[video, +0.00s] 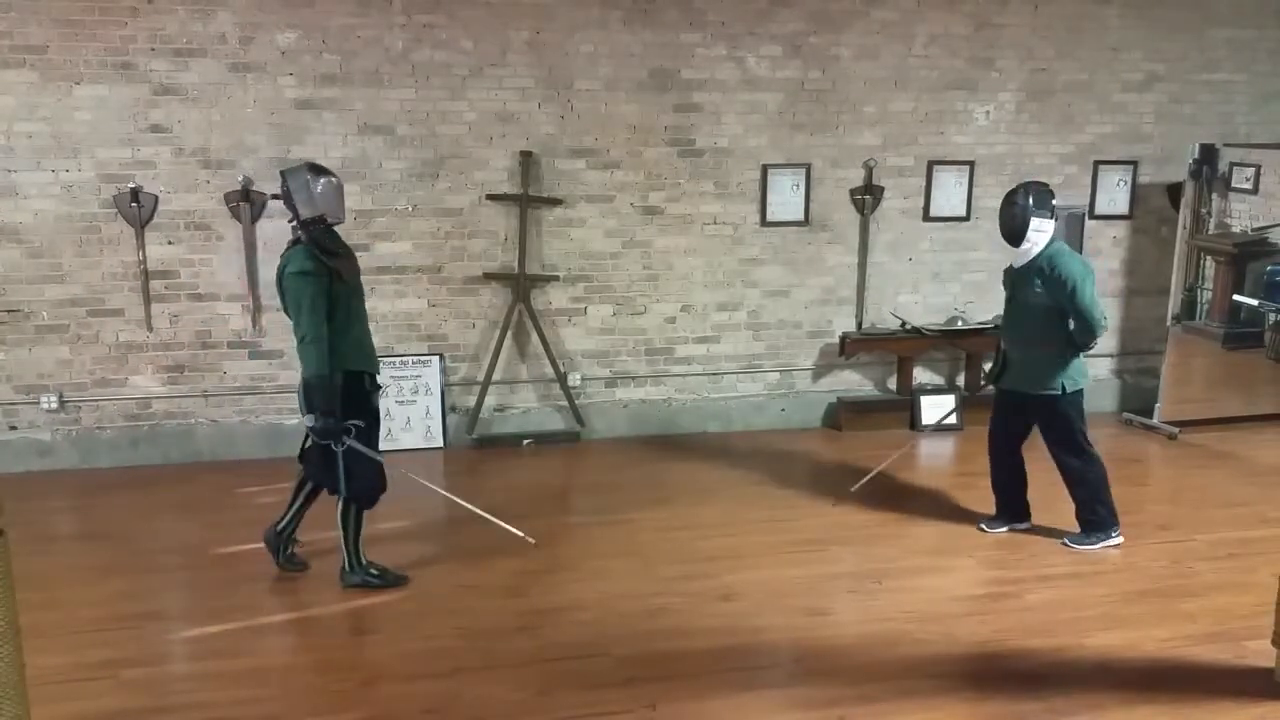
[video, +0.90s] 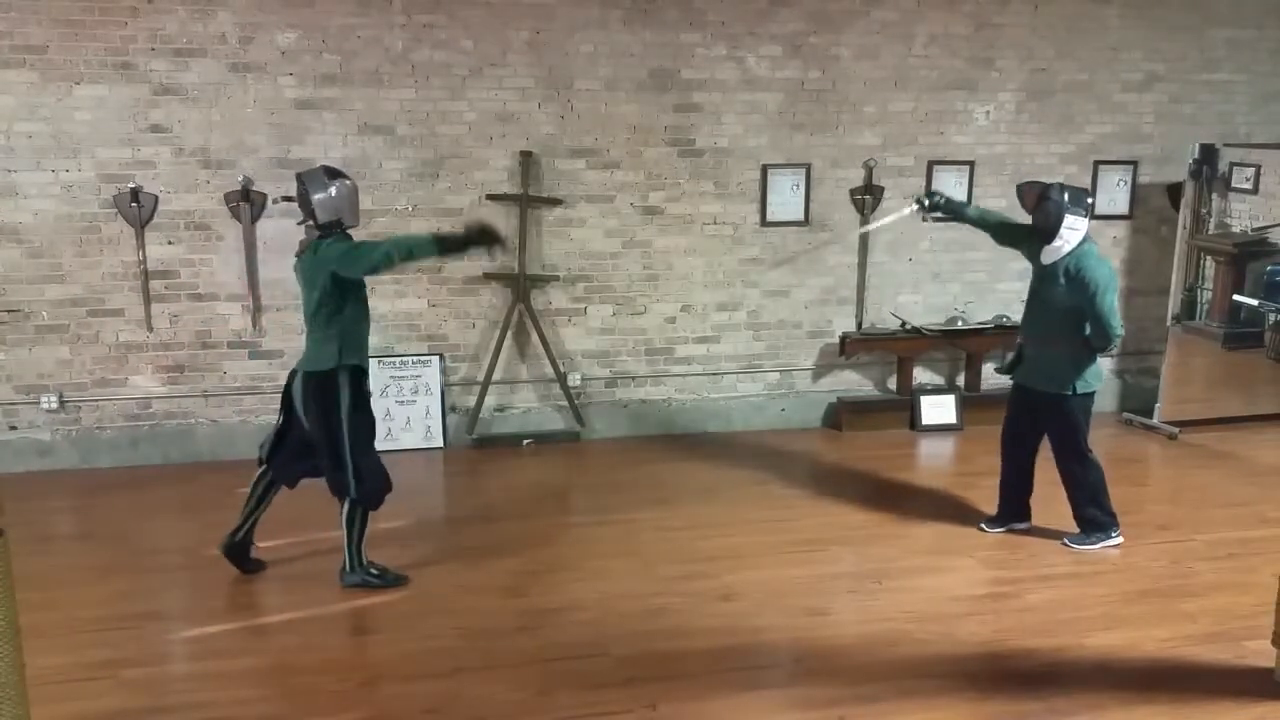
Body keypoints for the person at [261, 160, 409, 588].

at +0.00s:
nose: (336, 203)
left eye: (334, 194)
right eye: (327, 196)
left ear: (300, 202)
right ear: (311, 202)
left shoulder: (331, 249)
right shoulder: (304, 261)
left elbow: (347, 323)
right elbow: (311, 337)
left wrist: (366, 376)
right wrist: (321, 405)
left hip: (353, 378)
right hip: (335, 382)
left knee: (322, 461)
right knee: (357, 473)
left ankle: (282, 532)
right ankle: (355, 565)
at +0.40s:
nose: (347, 202)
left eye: (343, 194)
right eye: (340, 195)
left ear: (308, 203)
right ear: (325, 201)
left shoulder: (320, 252)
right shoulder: (323, 260)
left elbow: (334, 330)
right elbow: (340, 333)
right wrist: (360, 396)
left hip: (324, 379)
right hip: (339, 383)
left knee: (314, 463)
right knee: (362, 476)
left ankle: (273, 537)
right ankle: (355, 565)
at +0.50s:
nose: (351, 206)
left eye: (347, 198)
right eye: (346, 199)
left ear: (310, 205)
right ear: (336, 203)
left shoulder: (314, 254)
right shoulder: (329, 262)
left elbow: (339, 328)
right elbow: (357, 333)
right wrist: (394, 388)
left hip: (318, 376)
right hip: (342, 378)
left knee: (308, 461)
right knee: (363, 473)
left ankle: (269, 539)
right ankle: (356, 565)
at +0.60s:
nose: (355, 206)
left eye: (352, 198)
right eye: (349, 200)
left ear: (314, 207)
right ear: (338, 205)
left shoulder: (315, 253)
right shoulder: (331, 262)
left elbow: (328, 322)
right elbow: (376, 318)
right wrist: (429, 364)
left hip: (315, 376)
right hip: (340, 379)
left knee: (302, 461)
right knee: (359, 472)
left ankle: (266, 541)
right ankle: (355, 566)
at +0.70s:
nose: (356, 208)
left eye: (352, 201)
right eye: (351, 201)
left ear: (313, 208)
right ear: (341, 206)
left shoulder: (312, 255)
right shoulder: (334, 261)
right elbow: (389, 297)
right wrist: (455, 324)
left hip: (312, 377)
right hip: (339, 380)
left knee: (298, 464)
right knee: (360, 474)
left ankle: (257, 541)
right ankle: (355, 566)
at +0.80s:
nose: (356, 205)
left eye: (351, 198)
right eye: (351, 199)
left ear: (312, 208)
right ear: (343, 205)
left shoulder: (312, 255)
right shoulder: (337, 257)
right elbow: (392, 275)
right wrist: (462, 280)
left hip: (311, 378)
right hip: (338, 380)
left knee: (292, 463)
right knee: (361, 475)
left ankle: (245, 540)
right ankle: (354, 566)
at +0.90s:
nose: (354, 205)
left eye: (350, 198)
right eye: (349, 199)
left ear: (311, 208)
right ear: (340, 204)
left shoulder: (310, 254)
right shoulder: (333, 251)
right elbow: (388, 253)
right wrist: (460, 240)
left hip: (310, 376)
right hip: (337, 378)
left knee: (283, 461)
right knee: (361, 474)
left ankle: (239, 540)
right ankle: (355, 566)